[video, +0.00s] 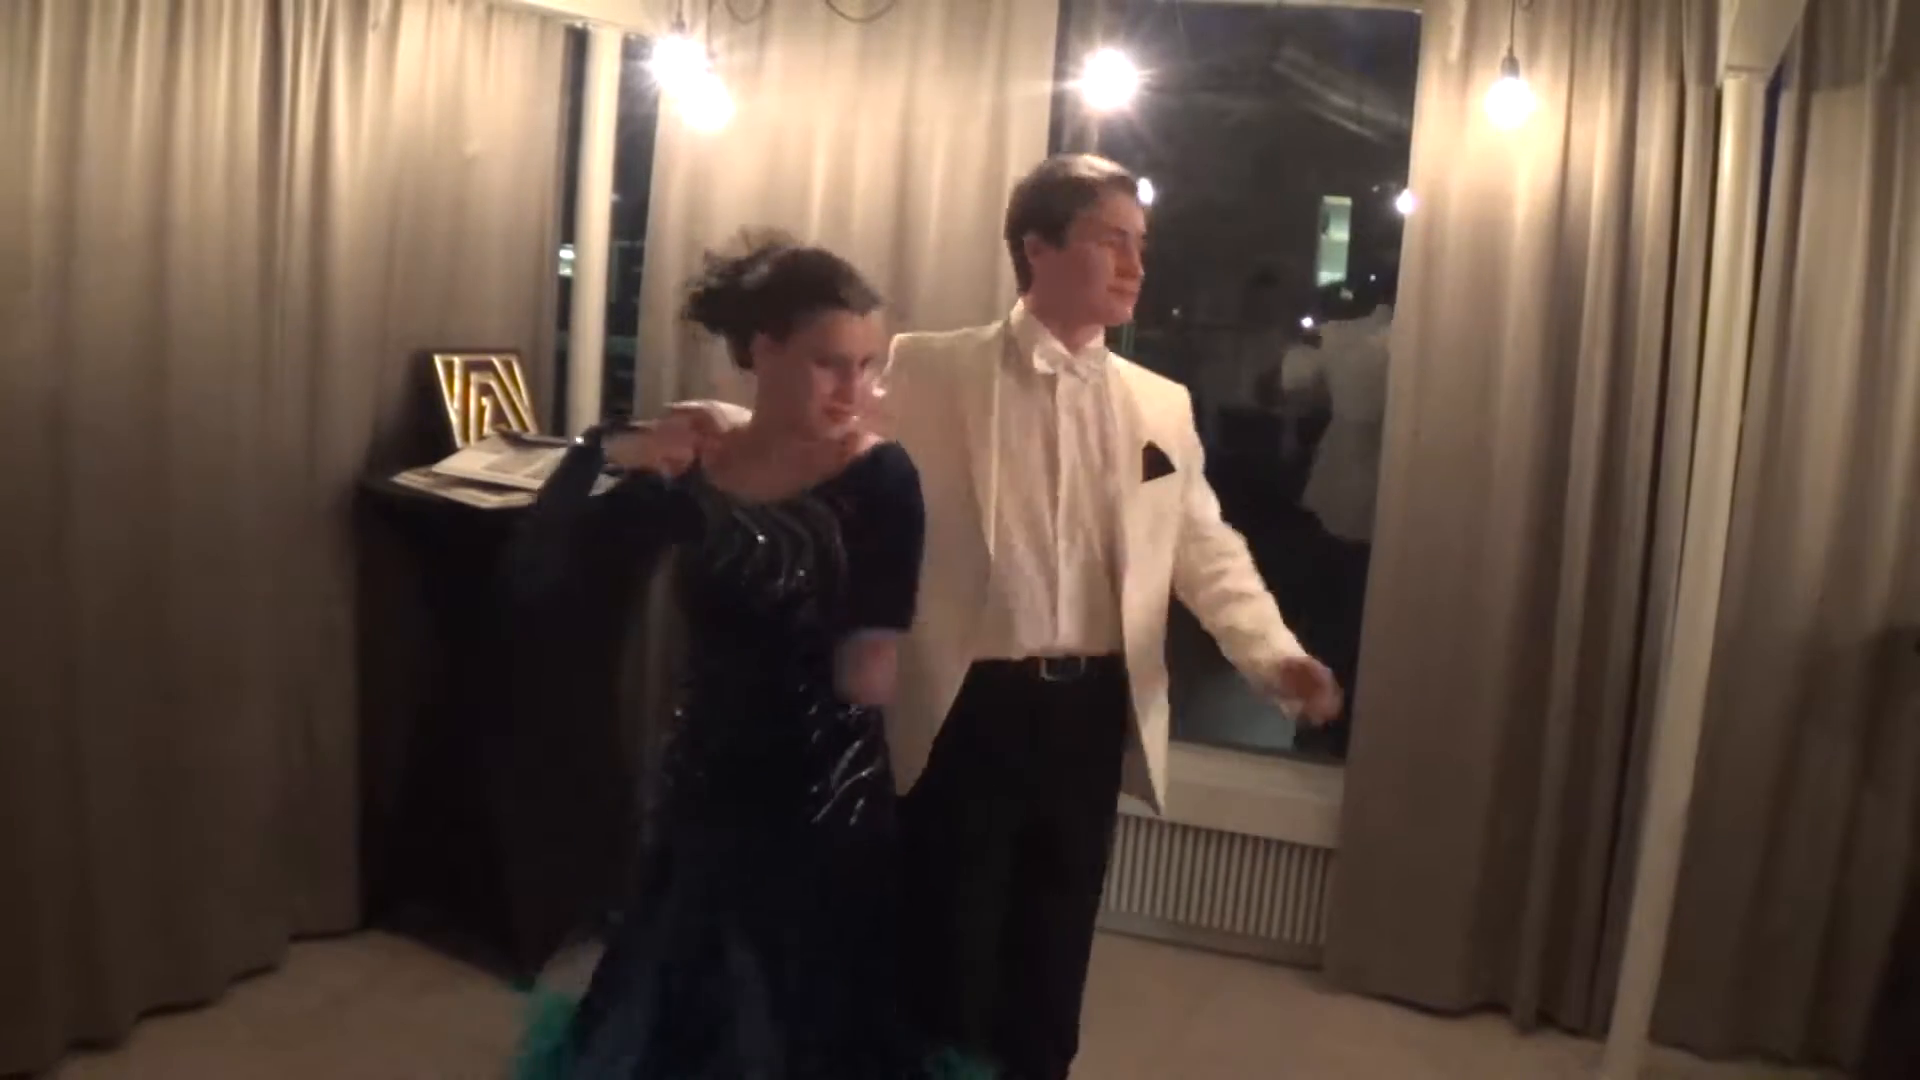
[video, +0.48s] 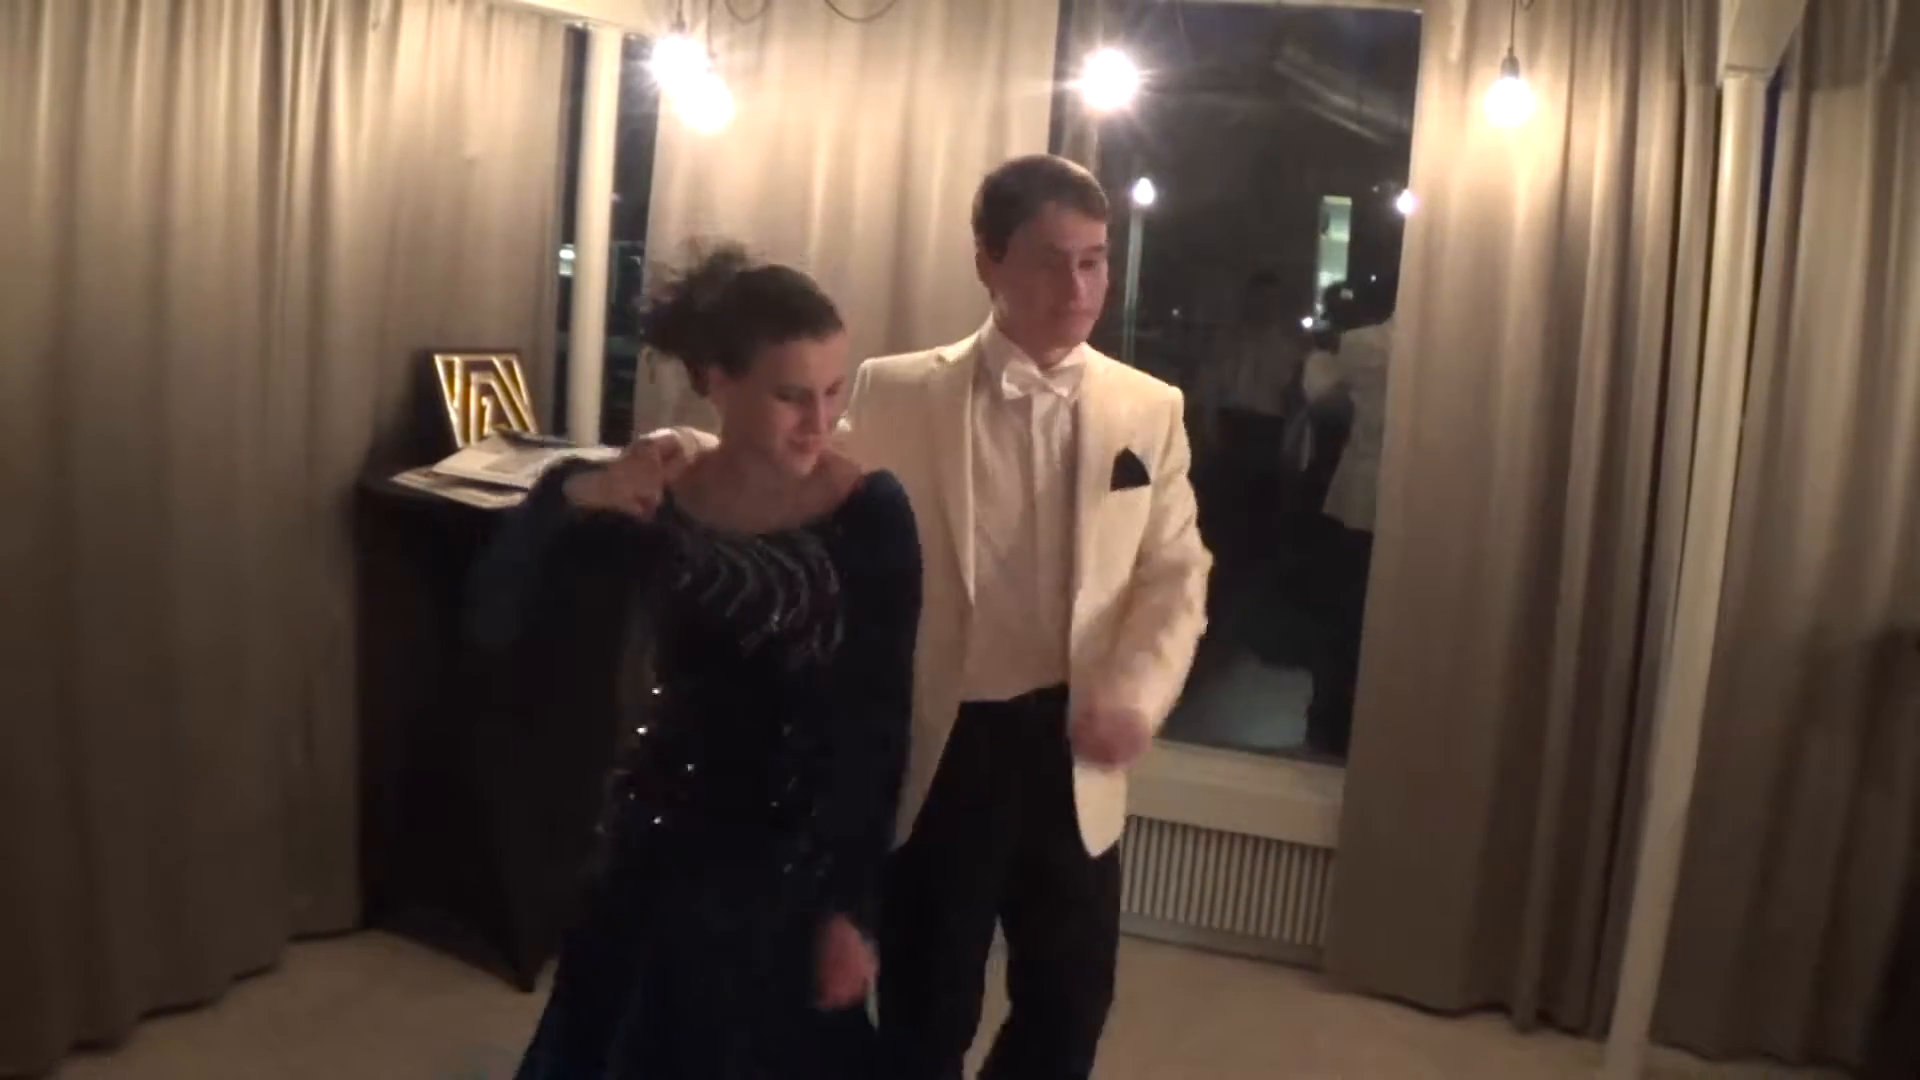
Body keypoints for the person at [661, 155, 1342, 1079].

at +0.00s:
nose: (1135, 264)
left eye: (1140, 245)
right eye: (1112, 240)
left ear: (1140, 262)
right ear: (1036, 250)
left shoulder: (1158, 407)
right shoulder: (922, 372)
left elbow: (1207, 552)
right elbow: (810, 446)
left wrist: (1275, 655)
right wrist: (715, 433)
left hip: (1091, 714)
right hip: (957, 708)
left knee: (1048, 966)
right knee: (939, 950)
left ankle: (1035, 1068)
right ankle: (928, 1067)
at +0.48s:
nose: (1080, 286)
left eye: (1094, 262)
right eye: (1055, 261)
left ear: (1109, 266)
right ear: (989, 266)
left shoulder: (1148, 413)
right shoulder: (889, 395)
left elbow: (1174, 580)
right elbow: (799, 487)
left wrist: (1136, 691)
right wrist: (692, 457)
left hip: (1074, 748)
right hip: (933, 744)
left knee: (1066, 1016)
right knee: (927, 1014)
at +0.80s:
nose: (1058, 291)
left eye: (1087, 269)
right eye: (1041, 261)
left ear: (1131, 283)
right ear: (1013, 259)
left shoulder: (1151, 414)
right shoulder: (917, 380)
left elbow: (1168, 592)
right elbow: (783, 448)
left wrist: (1201, 746)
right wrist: (693, 424)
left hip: (1078, 764)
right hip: (923, 756)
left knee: (1049, 1041)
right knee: (918, 1037)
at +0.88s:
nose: (879, 432)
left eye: (891, 405)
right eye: (857, 400)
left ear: (898, 399)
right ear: (771, 372)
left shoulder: (877, 494)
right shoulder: (647, 473)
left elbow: (978, 629)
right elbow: (451, 553)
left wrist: (1103, 746)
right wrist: (596, 440)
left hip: (816, 837)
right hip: (674, 833)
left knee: (827, 1046)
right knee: (655, 1045)